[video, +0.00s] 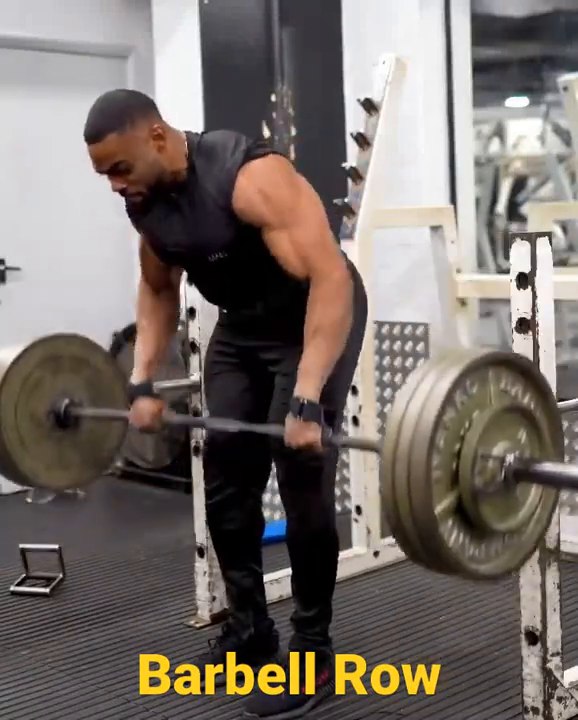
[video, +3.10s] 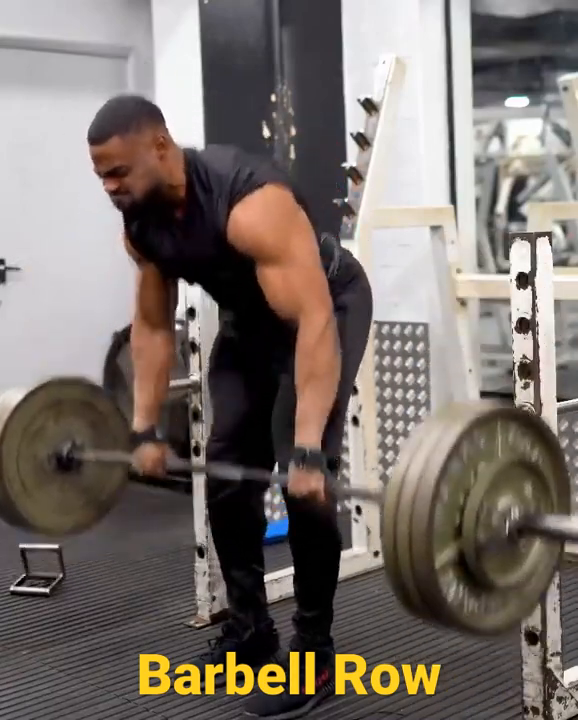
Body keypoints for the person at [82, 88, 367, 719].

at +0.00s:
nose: (115, 186)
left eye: (119, 168)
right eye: (106, 175)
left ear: (160, 137)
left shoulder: (253, 176)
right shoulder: (147, 201)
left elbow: (332, 277)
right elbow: (158, 288)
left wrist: (307, 398)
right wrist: (142, 380)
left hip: (315, 321)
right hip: (241, 332)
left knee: (302, 475)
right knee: (226, 481)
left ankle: (311, 646)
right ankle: (248, 627)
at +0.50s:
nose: (94, 227)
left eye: (99, 209)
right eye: (84, 214)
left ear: (140, 178)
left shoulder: (241, 237)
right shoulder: (130, 256)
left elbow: (290, 363)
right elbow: (145, 362)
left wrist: (311, 491)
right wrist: (148, 466)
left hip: (318, 313)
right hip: (238, 326)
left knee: (291, 474)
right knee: (211, 474)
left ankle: (310, 648)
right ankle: (248, 628)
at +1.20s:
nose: (113, 154)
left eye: (121, 137)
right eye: (106, 142)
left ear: (166, 111)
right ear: (106, 134)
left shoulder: (251, 165)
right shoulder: (147, 188)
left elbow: (329, 269)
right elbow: (156, 285)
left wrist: (304, 392)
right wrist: (140, 376)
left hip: (305, 318)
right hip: (237, 324)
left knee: (296, 471)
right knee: (232, 468)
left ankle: (311, 649)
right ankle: (249, 625)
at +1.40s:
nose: (117, 136)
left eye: (123, 119)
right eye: (109, 125)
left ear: (167, 89)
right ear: (112, 114)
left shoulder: (252, 127)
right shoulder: (146, 152)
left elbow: (356, 201)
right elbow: (160, 220)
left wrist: (308, 303)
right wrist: (141, 292)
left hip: (295, 316)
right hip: (221, 320)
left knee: (291, 476)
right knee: (224, 478)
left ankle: (310, 651)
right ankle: (246, 630)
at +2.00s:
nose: (122, 181)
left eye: (127, 164)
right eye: (114, 170)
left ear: (169, 133)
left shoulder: (262, 177)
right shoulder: (153, 198)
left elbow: (337, 278)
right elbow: (161, 287)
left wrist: (317, 397)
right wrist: (149, 377)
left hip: (313, 327)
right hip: (242, 335)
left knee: (302, 480)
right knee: (227, 485)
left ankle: (311, 648)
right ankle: (248, 629)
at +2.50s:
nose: (107, 224)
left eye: (114, 207)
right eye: (98, 211)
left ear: (157, 181)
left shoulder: (254, 241)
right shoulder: (140, 250)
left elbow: (301, 369)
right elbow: (156, 364)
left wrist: (321, 494)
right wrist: (157, 468)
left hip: (328, 313)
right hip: (249, 323)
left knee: (302, 472)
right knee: (218, 465)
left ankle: (312, 648)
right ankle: (248, 628)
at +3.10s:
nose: (110, 188)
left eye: (118, 172)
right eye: (103, 177)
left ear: (162, 146)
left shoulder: (254, 204)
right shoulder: (144, 224)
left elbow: (317, 318)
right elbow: (152, 324)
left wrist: (307, 451)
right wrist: (145, 429)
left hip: (324, 306)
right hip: (249, 320)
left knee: (306, 476)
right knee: (226, 472)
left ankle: (312, 649)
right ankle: (248, 627)